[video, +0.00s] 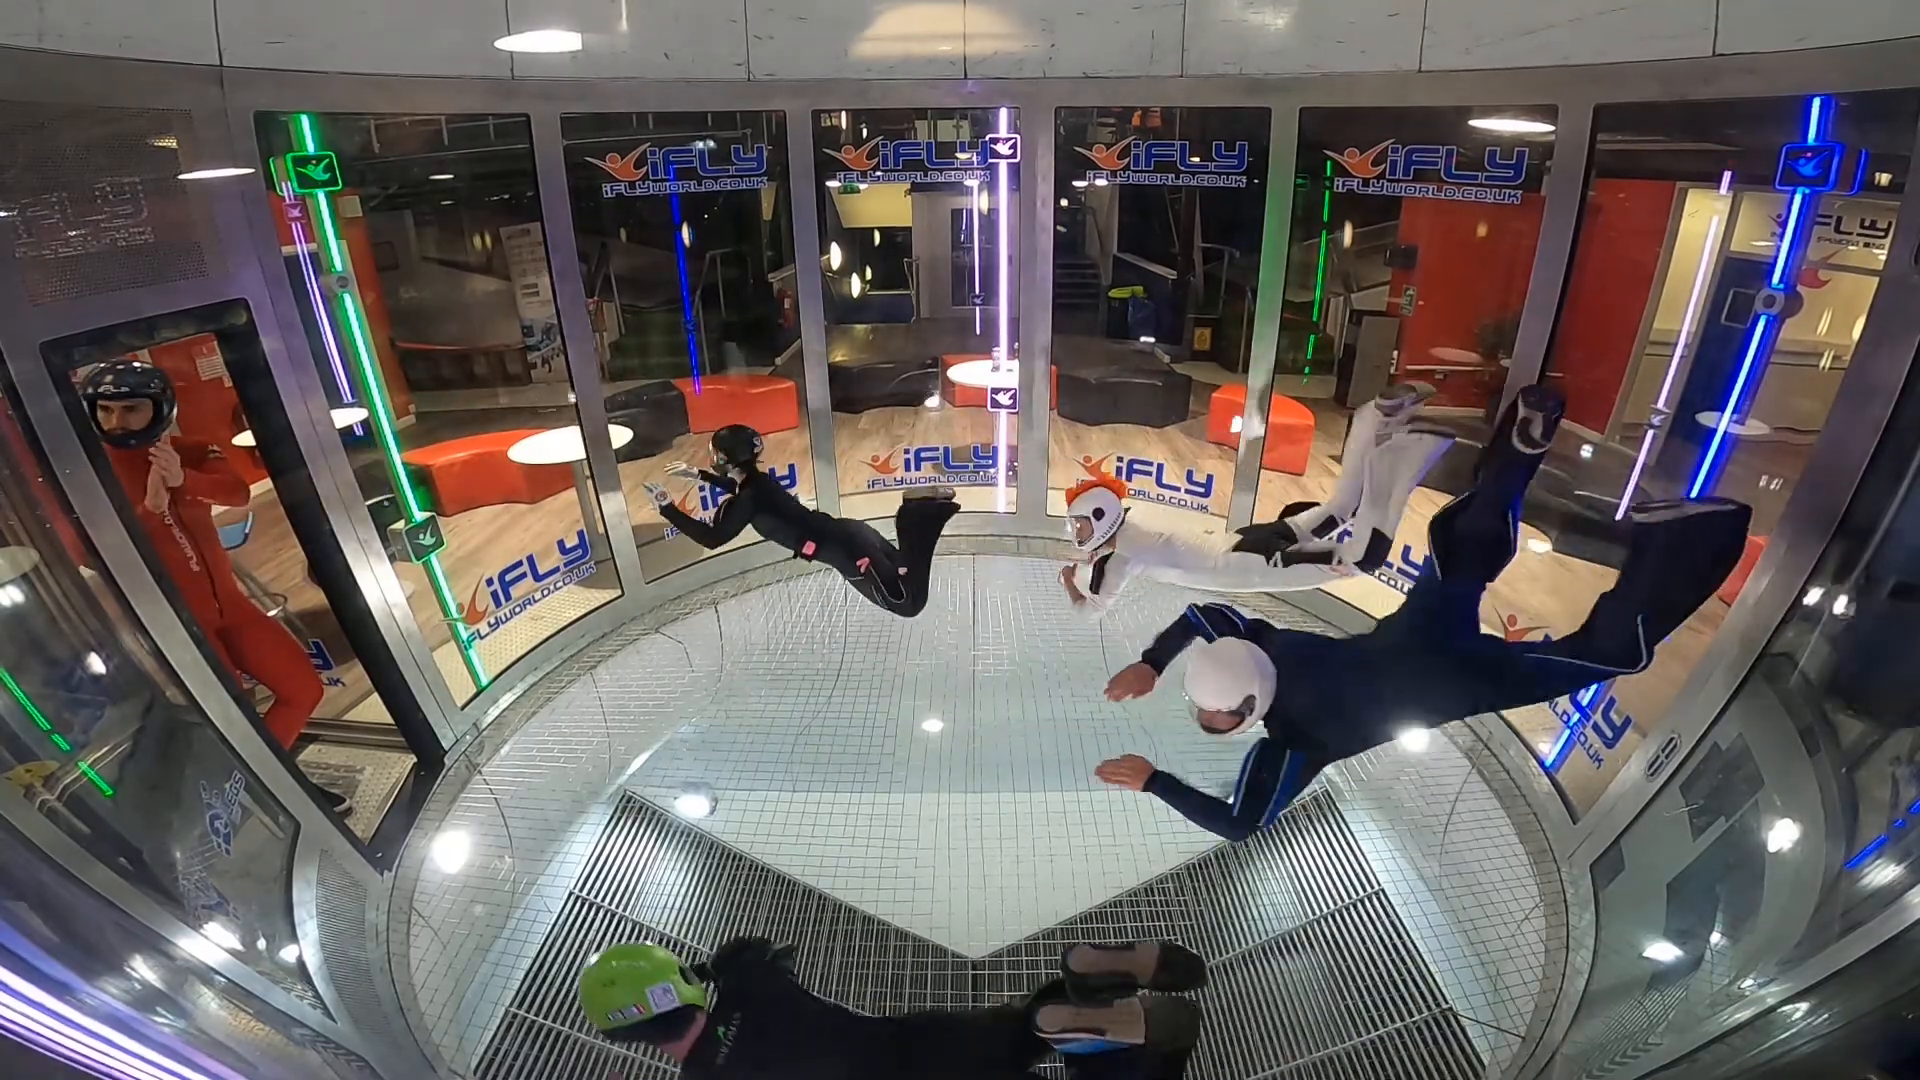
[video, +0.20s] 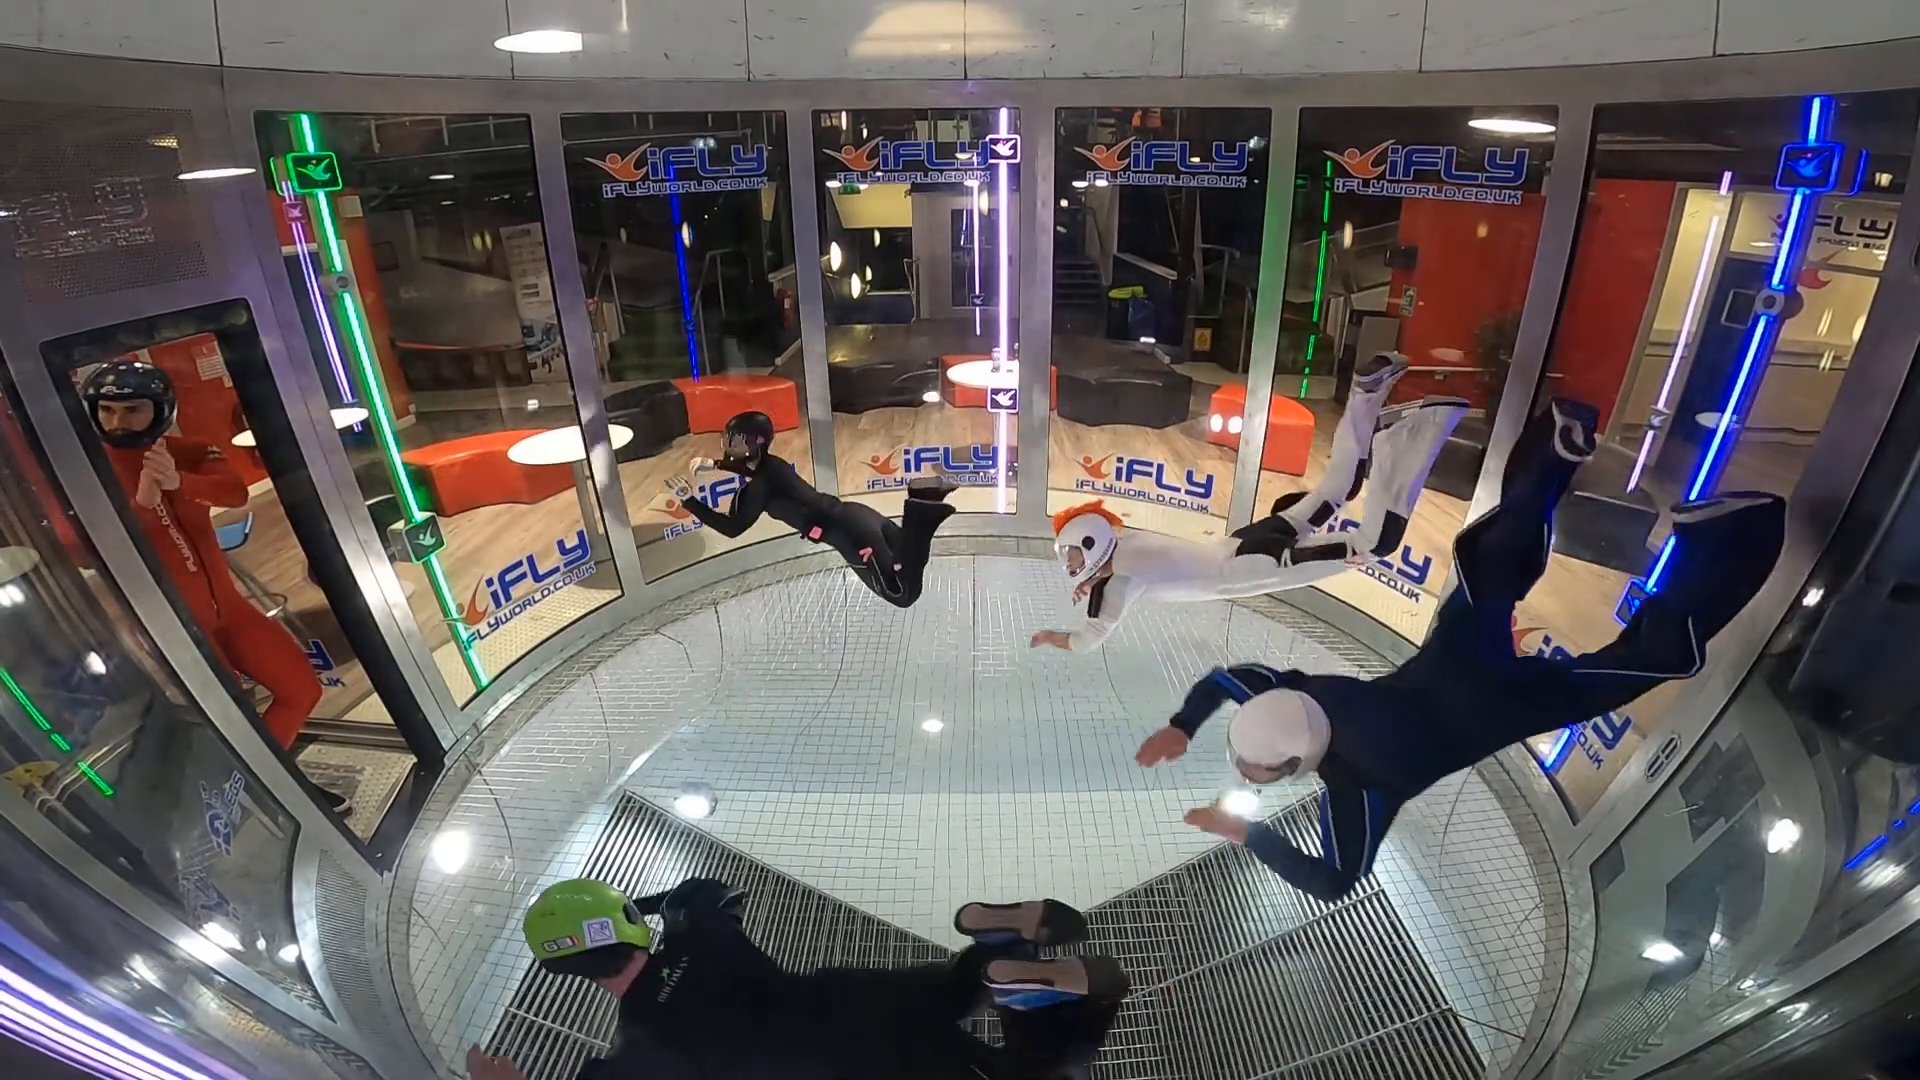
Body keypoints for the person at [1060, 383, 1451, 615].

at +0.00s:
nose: (1074, 530)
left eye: (1082, 522)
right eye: (1073, 522)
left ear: (1104, 520)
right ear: (1092, 519)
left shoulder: (1124, 552)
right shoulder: (1113, 540)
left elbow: (1099, 602)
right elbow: (1099, 579)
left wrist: (1075, 587)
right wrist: (1079, 569)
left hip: (1247, 568)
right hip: (1241, 551)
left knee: (1359, 552)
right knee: (1332, 517)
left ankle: (1385, 445)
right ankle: (1374, 426)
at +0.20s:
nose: (1072, 566)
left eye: (1077, 553)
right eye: (1067, 556)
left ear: (1103, 543)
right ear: (1084, 545)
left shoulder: (1124, 572)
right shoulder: (1122, 546)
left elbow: (1098, 630)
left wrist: (1066, 642)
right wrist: (1093, 593)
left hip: (1263, 565)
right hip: (1249, 542)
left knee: (1376, 541)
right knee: (1332, 494)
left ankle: (1415, 429)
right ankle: (1369, 392)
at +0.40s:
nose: (1034, 578)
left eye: (1038, 568)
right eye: (1032, 571)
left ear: (1059, 562)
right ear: (1054, 557)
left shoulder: (1088, 598)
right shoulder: (1080, 560)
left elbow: (1057, 655)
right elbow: (1071, 582)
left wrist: (1005, 677)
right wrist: (1044, 602)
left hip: (1219, 579)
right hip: (1209, 551)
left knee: (1336, 550)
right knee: (1299, 498)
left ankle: (1381, 433)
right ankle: (1333, 403)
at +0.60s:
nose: (956, 571)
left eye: (962, 561)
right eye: (953, 562)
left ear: (984, 552)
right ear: (969, 552)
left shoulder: (1010, 587)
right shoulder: (1000, 554)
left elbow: (967, 656)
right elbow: (973, 583)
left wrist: (898, 674)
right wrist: (947, 598)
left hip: (1150, 590)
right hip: (1143, 561)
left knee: (1277, 576)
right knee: (1236, 545)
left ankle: (1334, 481)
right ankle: (1269, 460)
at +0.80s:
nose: (844, 548)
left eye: (850, 536)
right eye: (839, 538)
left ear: (877, 528)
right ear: (872, 526)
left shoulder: (906, 566)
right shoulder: (903, 543)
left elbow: (849, 629)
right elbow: (857, 552)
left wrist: (772, 621)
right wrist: (833, 570)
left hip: (1049, 590)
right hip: (1036, 581)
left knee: (1168, 608)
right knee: (1149, 598)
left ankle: (1184, 520)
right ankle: (1178, 523)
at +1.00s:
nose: (719, 501)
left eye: (728, 492)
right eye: (719, 491)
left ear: (758, 495)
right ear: (755, 491)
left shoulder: (786, 539)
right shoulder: (783, 508)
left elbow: (724, 602)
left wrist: (636, 589)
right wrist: (702, 510)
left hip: (921, 593)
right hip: (912, 579)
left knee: (1035, 635)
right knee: (1013, 626)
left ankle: (1031, 540)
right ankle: (1023, 541)